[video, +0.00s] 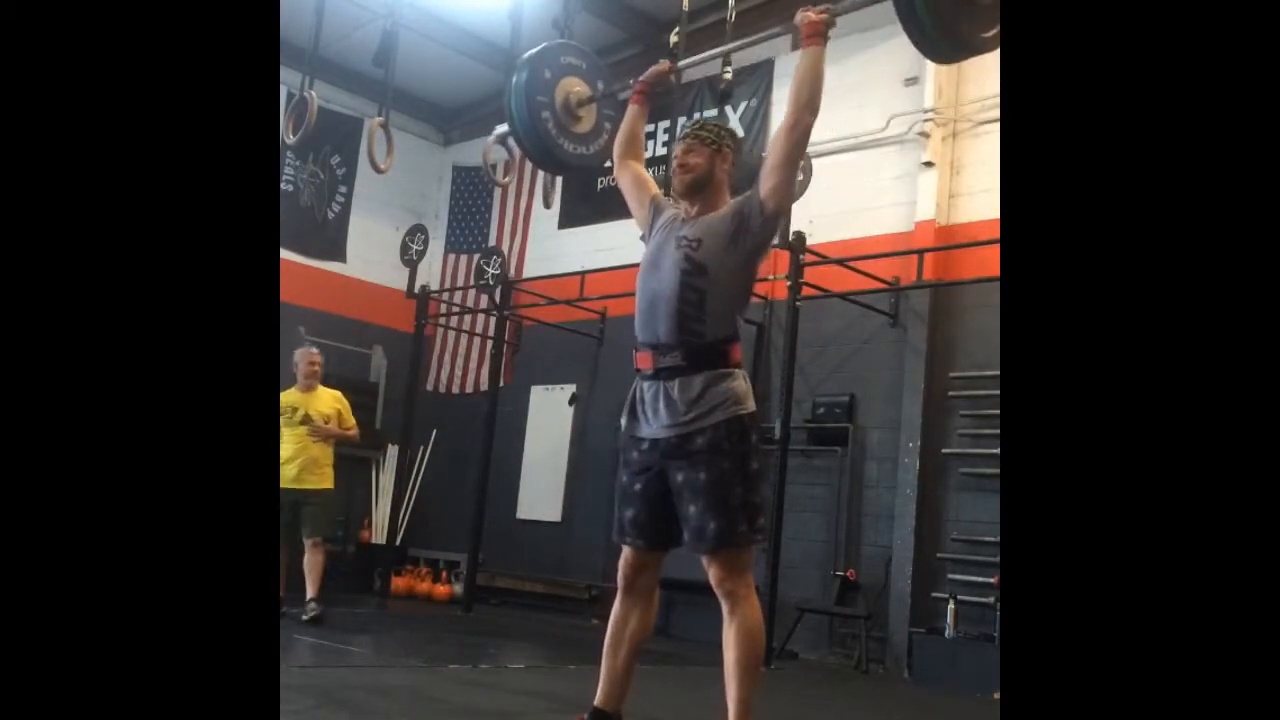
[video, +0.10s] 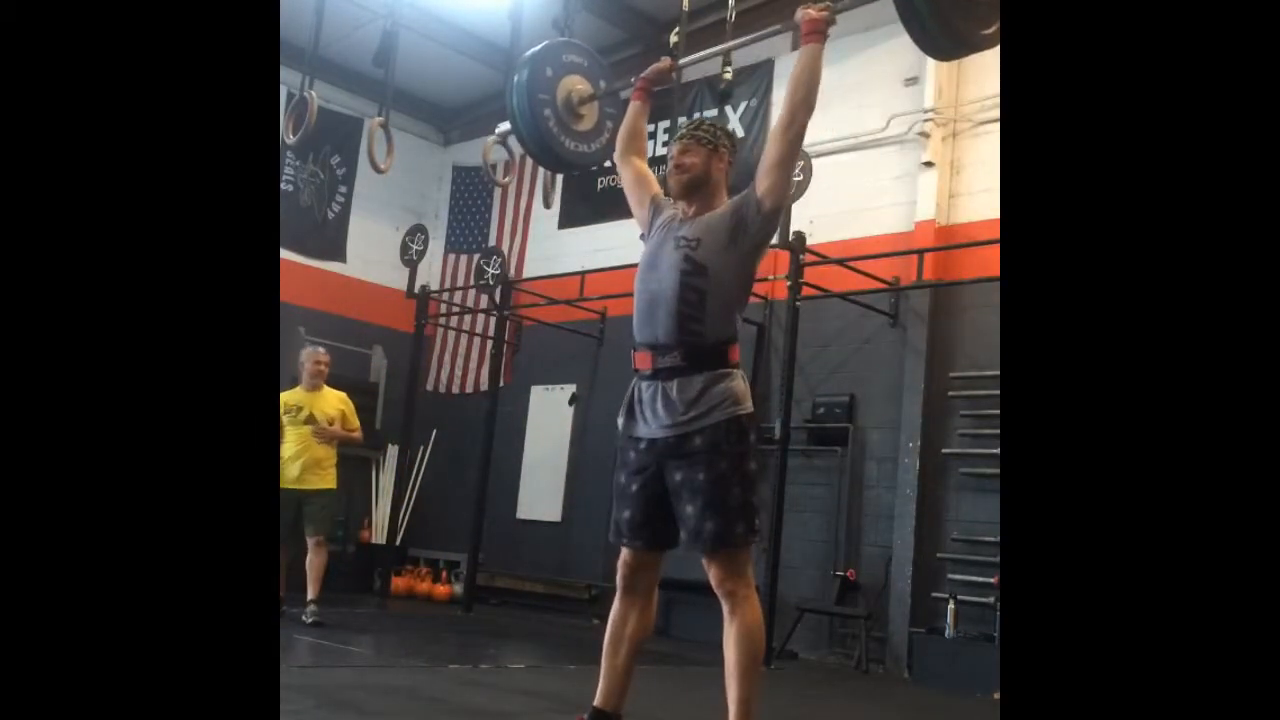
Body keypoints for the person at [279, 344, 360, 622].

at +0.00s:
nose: (314, 369)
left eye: (318, 364)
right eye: (309, 364)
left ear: (322, 368)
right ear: (296, 367)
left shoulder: (336, 399)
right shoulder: (284, 399)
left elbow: (355, 434)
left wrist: (331, 431)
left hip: (318, 485)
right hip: (285, 483)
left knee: (314, 541)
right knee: (283, 543)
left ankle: (311, 600)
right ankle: (280, 597)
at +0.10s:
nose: (321, 368)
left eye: (325, 364)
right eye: (315, 363)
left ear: (329, 369)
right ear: (302, 366)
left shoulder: (341, 400)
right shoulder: (285, 400)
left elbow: (358, 436)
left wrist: (337, 433)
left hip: (321, 485)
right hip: (286, 483)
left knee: (317, 541)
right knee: (284, 544)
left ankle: (312, 603)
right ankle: (281, 599)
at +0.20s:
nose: (328, 369)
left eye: (332, 365)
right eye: (323, 363)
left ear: (336, 369)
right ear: (309, 366)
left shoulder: (347, 402)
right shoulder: (287, 401)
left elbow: (363, 438)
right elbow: (282, 438)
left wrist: (342, 436)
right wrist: (285, 453)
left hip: (324, 485)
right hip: (288, 483)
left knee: (318, 542)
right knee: (284, 544)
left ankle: (311, 603)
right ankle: (282, 599)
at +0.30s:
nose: (334, 368)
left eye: (339, 364)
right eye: (329, 362)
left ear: (343, 369)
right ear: (316, 365)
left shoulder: (354, 403)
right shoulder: (295, 400)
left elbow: (368, 440)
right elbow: (282, 438)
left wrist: (349, 438)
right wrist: (283, 466)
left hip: (330, 486)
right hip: (293, 483)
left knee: (320, 543)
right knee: (284, 542)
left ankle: (311, 604)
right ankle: (282, 594)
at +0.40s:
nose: (342, 366)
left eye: (346, 362)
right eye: (337, 360)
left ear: (351, 368)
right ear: (323, 363)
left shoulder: (361, 402)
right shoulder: (302, 398)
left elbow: (375, 439)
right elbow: (285, 437)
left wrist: (357, 436)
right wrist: (282, 464)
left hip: (338, 486)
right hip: (299, 483)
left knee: (324, 541)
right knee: (286, 543)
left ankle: (312, 604)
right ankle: (283, 598)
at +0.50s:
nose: (347, 364)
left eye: (351, 361)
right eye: (342, 359)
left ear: (356, 367)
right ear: (329, 363)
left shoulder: (366, 401)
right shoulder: (307, 396)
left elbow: (381, 438)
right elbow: (290, 436)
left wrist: (361, 435)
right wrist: (282, 473)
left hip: (342, 488)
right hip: (304, 483)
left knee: (327, 545)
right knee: (286, 542)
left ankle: (312, 604)